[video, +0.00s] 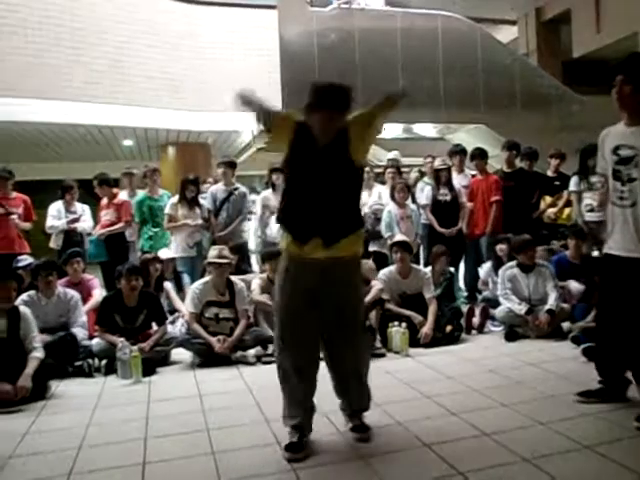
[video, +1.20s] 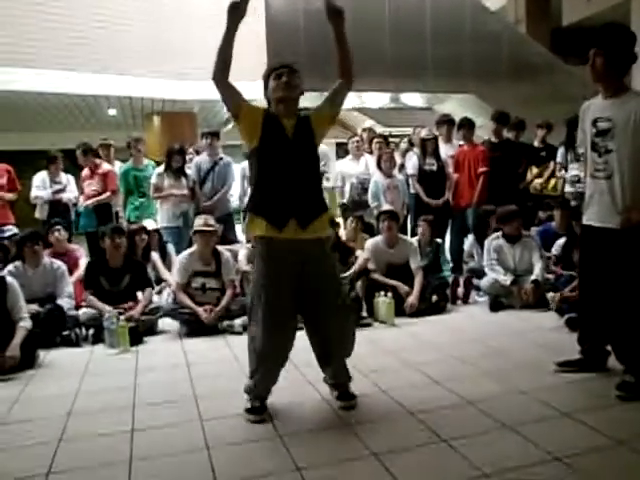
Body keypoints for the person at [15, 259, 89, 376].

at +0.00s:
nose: (49, 279)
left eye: (51, 275)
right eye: (44, 276)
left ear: (57, 277)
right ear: (36, 281)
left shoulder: (71, 297)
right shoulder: (26, 301)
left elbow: (82, 331)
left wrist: (52, 338)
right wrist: (35, 338)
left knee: (70, 339)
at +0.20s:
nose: (51, 270)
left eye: (54, 266)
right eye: (46, 267)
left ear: (60, 269)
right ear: (40, 272)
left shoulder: (74, 289)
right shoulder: (29, 292)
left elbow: (83, 321)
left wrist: (56, 329)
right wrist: (39, 329)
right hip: (39, 336)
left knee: (71, 332)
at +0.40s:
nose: (45, 268)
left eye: (48, 264)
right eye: (40, 266)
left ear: (54, 266)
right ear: (34, 270)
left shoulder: (68, 286)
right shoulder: (23, 290)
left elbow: (79, 319)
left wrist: (53, 328)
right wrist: (33, 327)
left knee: (66, 332)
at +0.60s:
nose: (34, 268)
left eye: (37, 263)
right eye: (29, 265)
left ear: (44, 266)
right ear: (23, 269)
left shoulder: (57, 286)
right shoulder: (12, 290)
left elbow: (67, 318)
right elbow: (6, 320)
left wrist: (43, 329)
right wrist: (22, 327)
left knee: (55, 333)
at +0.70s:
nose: (31, 270)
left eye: (35, 265)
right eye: (27, 266)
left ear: (40, 267)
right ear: (19, 269)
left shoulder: (53, 287)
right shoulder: (8, 290)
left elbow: (63, 316)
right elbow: (7, 320)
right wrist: (20, 329)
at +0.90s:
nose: (30, 250)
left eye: (33, 246)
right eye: (26, 247)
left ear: (40, 248)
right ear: (19, 251)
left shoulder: (54, 267)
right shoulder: (8, 271)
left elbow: (64, 300)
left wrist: (41, 311)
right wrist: (20, 309)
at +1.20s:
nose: (35, 249)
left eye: (38, 244)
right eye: (30, 245)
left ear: (43, 247)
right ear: (22, 250)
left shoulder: (57, 268)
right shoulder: (12, 272)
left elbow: (68, 299)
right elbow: (8, 301)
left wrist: (47, 309)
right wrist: (23, 308)